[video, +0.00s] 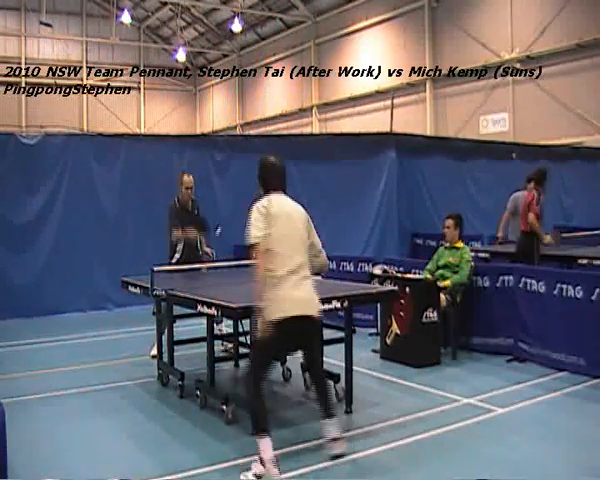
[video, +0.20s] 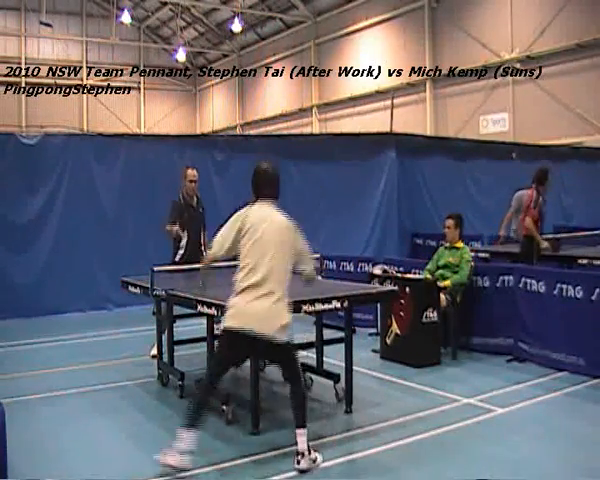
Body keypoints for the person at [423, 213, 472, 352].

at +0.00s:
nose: (445, 231)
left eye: (448, 228)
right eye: (444, 227)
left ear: (457, 230)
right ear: (444, 230)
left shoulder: (464, 252)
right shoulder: (441, 250)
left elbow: (463, 275)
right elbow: (429, 268)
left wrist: (447, 283)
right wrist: (428, 276)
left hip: (452, 286)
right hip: (436, 284)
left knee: (440, 301)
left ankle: (449, 344)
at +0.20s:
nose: (445, 231)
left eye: (449, 228)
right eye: (445, 227)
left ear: (458, 230)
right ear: (445, 229)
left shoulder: (464, 252)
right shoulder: (442, 250)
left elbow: (463, 276)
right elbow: (430, 267)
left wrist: (447, 283)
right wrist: (428, 276)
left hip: (453, 286)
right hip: (436, 284)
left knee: (445, 302)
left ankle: (451, 345)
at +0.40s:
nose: (446, 231)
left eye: (450, 228)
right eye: (445, 228)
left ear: (458, 230)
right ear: (444, 229)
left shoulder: (464, 251)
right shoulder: (442, 249)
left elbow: (463, 276)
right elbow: (430, 266)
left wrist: (446, 283)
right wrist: (428, 275)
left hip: (454, 284)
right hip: (436, 281)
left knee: (442, 298)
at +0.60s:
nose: (446, 231)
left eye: (450, 228)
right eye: (445, 228)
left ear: (458, 230)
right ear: (443, 229)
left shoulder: (464, 251)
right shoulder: (442, 249)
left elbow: (463, 275)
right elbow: (431, 265)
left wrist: (447, 283)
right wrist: (428, 275)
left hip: (453, 284)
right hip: (436, 281)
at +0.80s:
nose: (445, 231)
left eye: (448, 228)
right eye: (444, 228)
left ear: (457, 230)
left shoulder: (464, 251)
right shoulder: (442, 249)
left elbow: (463, 276)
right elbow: (430, 266)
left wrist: (447, 283)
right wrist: (428, 275)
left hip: (454, 284)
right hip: (436, 281)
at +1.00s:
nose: (444, 231)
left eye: (448, 228)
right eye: (444, 228)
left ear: (456, 230)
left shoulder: (464, 251)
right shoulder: (442, 249)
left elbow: (463, 275)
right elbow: (431, 265)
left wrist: (447, 283)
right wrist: (428, 275)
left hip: (453, 284)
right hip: (436, 281)